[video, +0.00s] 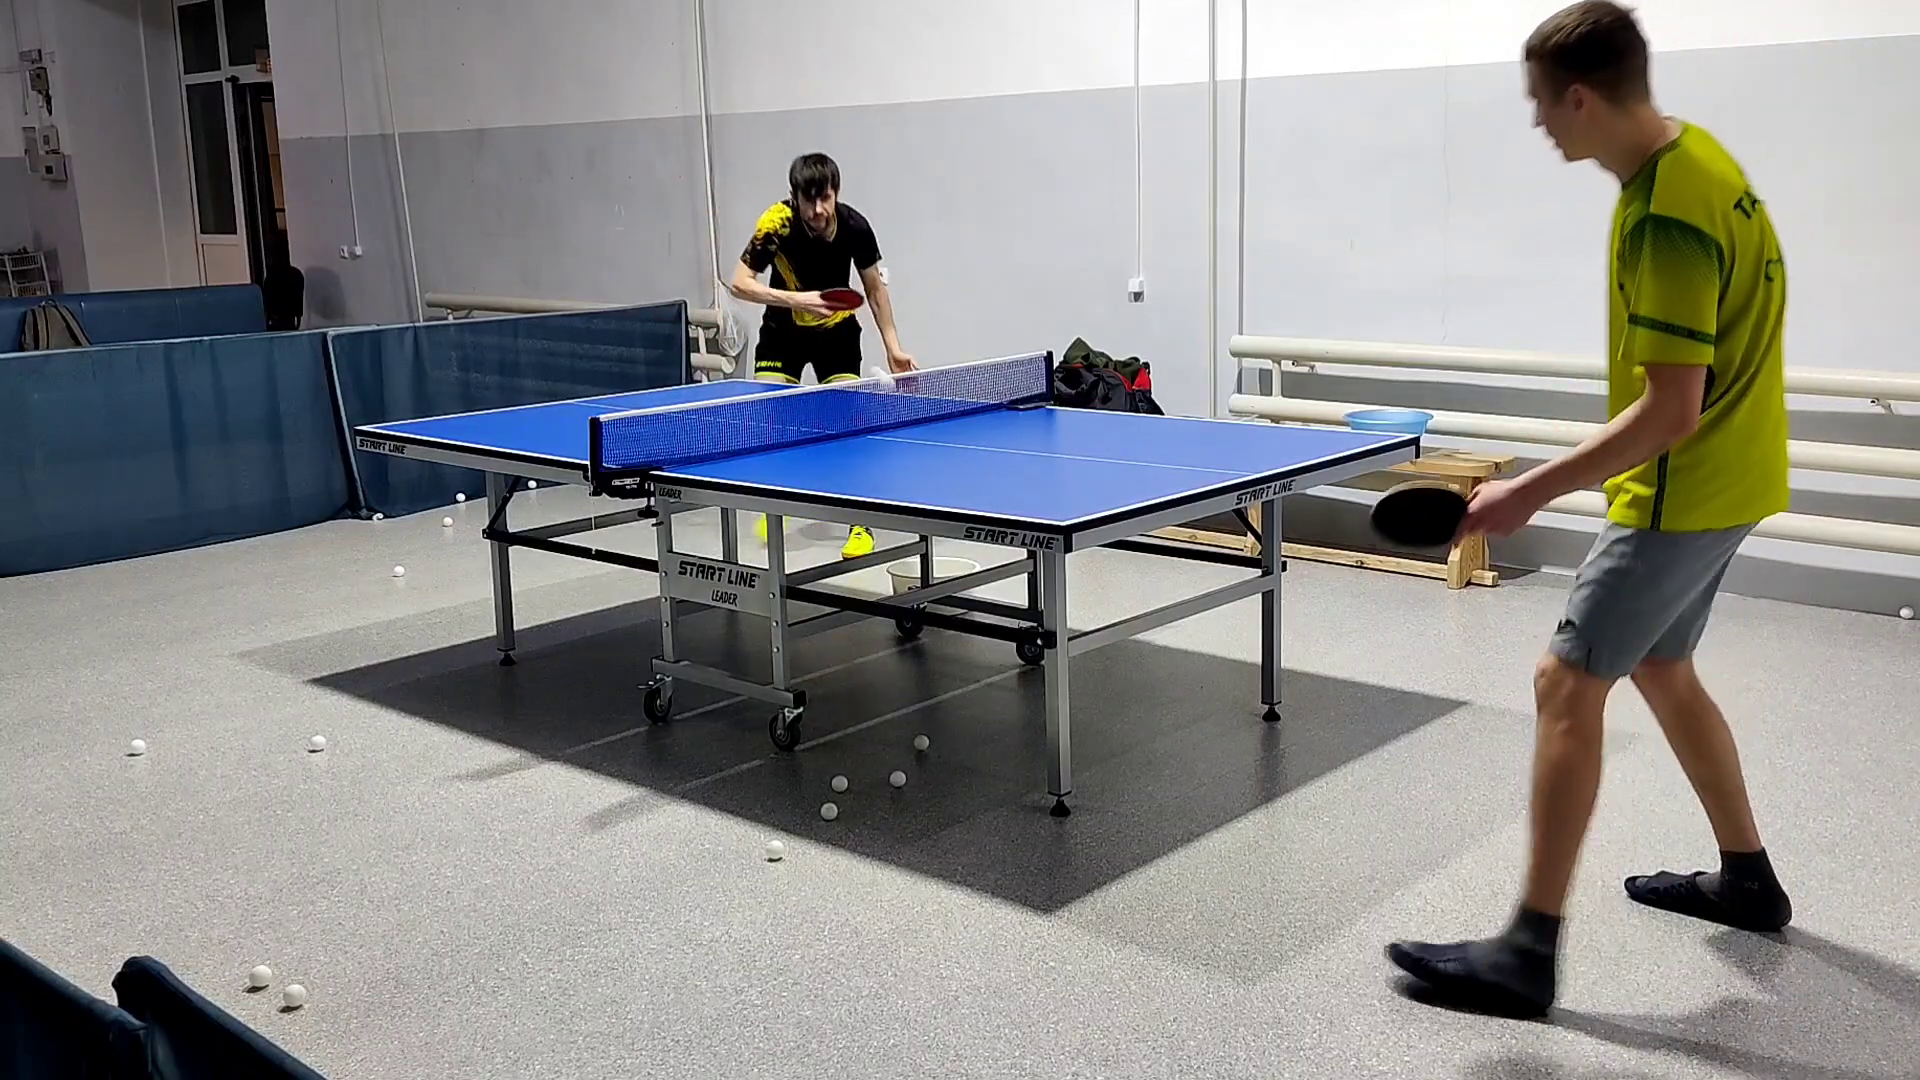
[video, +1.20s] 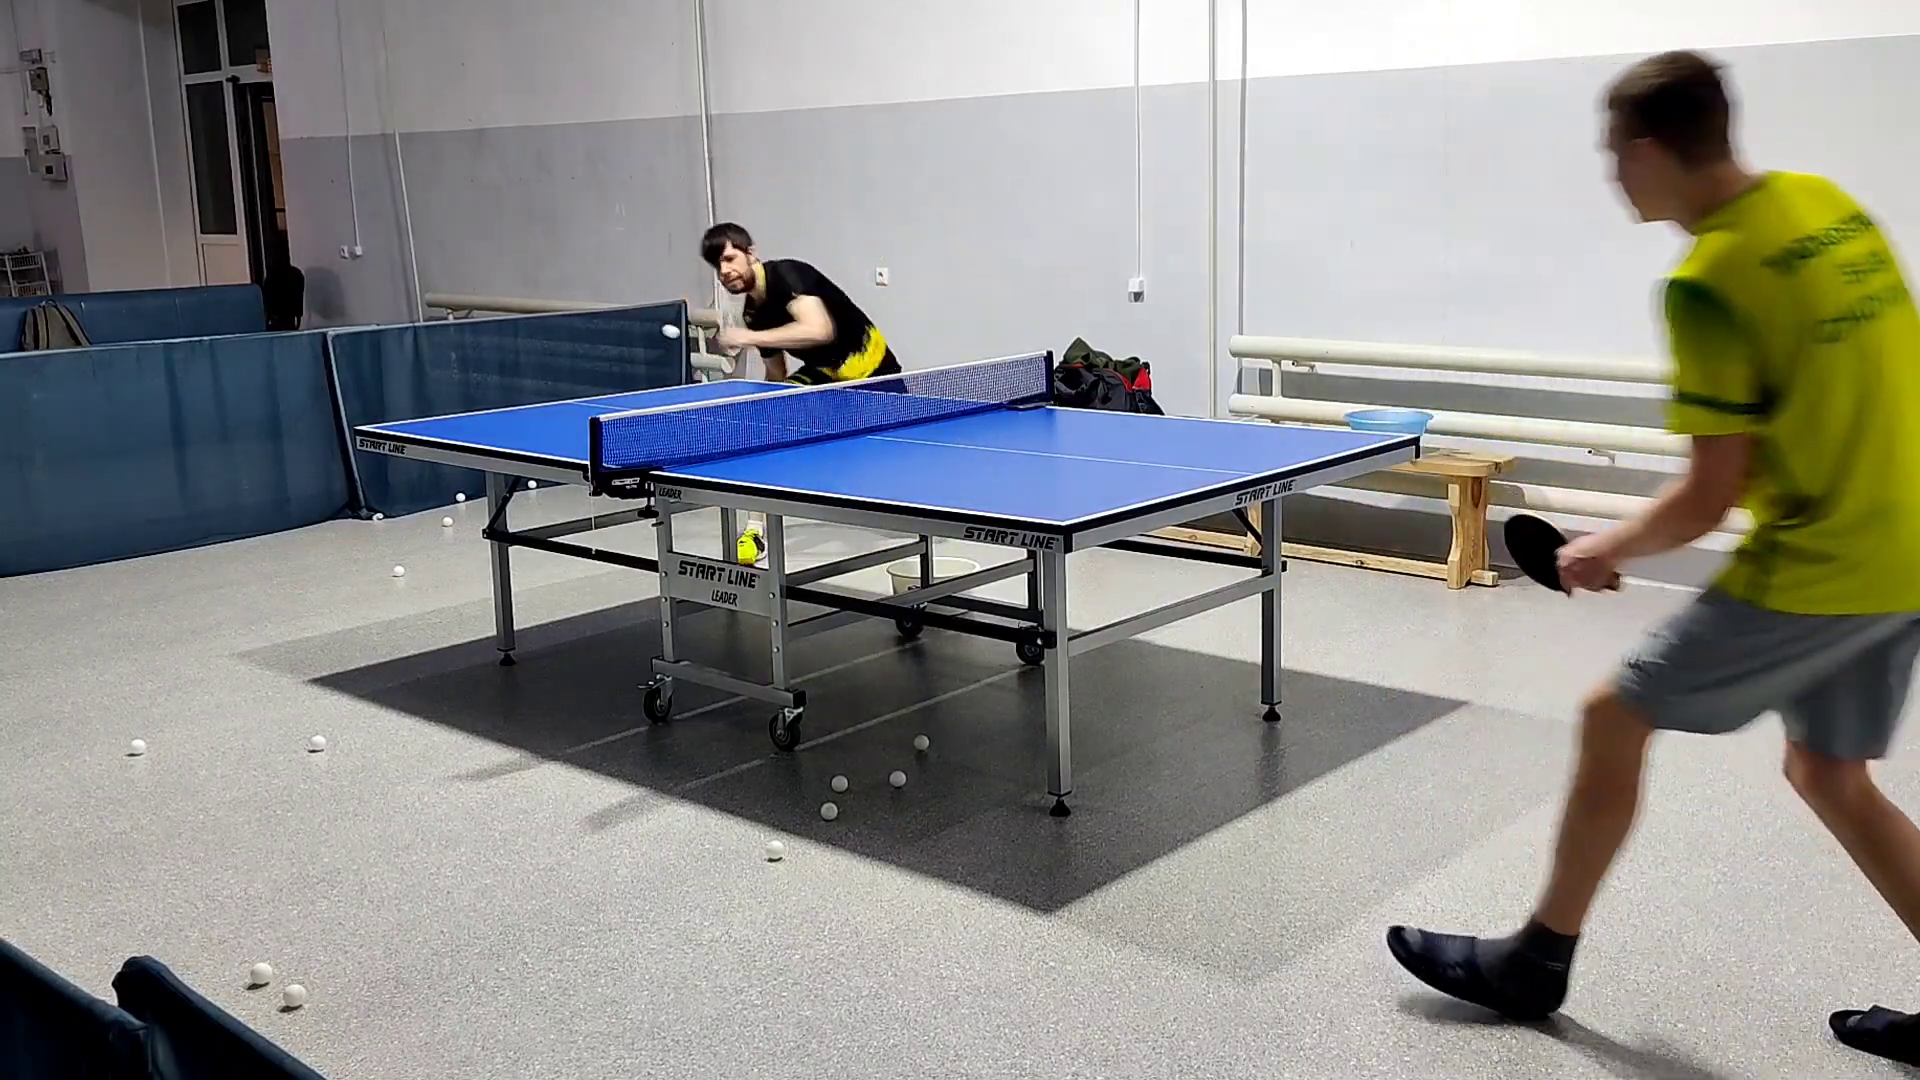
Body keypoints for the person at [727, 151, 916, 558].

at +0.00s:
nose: (819, 208)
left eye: (826, 198)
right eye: (811, 199)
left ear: (836, 194)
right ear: (796, 196)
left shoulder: (854, 228)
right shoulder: (777, 222)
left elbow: (875, 289)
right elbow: (740, 283)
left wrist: (893, 350)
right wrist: (794, 300)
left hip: (837, 331)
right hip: (783, 330)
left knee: (847, 421)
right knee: (767, 419)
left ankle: (859, 522)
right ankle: (772, 511)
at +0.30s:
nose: (773, 183)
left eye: (779, 171)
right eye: (763, 175)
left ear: (792, 169)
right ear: (752, 178)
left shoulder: (816, 210)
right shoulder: (739, 220)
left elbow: (846, 275)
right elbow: (699, 283)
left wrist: (874, 324)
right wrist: (750, 324)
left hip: (810, 331)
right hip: (754, 334)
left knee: (841, 421)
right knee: (735, 428)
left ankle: (860, 523)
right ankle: (716, 532)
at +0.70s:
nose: (735, 174)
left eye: (741, 163)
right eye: (725, 168)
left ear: (754, 161)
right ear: (714, 175)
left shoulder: (789, 203)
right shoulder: (711, 224)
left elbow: (839, 263)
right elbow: (689, 295)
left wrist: (834, 290)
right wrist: (718, 294)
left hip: (794, 335)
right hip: (746, 340)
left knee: (850, 409)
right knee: (742, 426)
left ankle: (866, 508)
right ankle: (715, 533)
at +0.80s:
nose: (731, 183)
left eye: (736, 171)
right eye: (720, 177)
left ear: (749, 167)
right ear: (711, 183)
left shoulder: (789, 204)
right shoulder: (714, 231)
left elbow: (831, 266)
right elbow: (702, 305)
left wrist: (793, 280)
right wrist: (710, 306)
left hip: (810, 333)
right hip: (759, 340)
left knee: (865, 411)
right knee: (739, 429)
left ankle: (887, 508)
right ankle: (718, 533)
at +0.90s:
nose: (719, 195)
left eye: (725, 182)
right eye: (710, 188)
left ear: (740, 177)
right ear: (702, 194)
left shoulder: (782, 206)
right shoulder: (715, 244)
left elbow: (810, 269)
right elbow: (715, 308)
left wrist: (743, 275)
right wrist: (707, 354)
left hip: (827, 322)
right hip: (776, 330)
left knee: (880, 396)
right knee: (763, 411)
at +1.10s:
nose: (716, 257)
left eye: (721, 245)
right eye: (707, 250)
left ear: (739, 238)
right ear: (701, 256)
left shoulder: (773, 261)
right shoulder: (737, 292)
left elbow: (774, 310)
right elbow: (753, 361)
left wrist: (707, 314)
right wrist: (737, 410)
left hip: (863, 361)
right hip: (811, 363)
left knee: (890, 455)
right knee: (751, 425)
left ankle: (901, 564)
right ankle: (757, 532)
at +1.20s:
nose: (725, 271)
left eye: (730, 259)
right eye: (718, 265)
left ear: (750, 253)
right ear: (716, 270)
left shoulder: (788, 275)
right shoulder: (753, 310)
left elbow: (820, 330)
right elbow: (775, 368)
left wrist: (749, 336)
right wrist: (759, 412)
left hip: (872, 372)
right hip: (821, 375)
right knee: (768, 430)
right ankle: (757, 532)